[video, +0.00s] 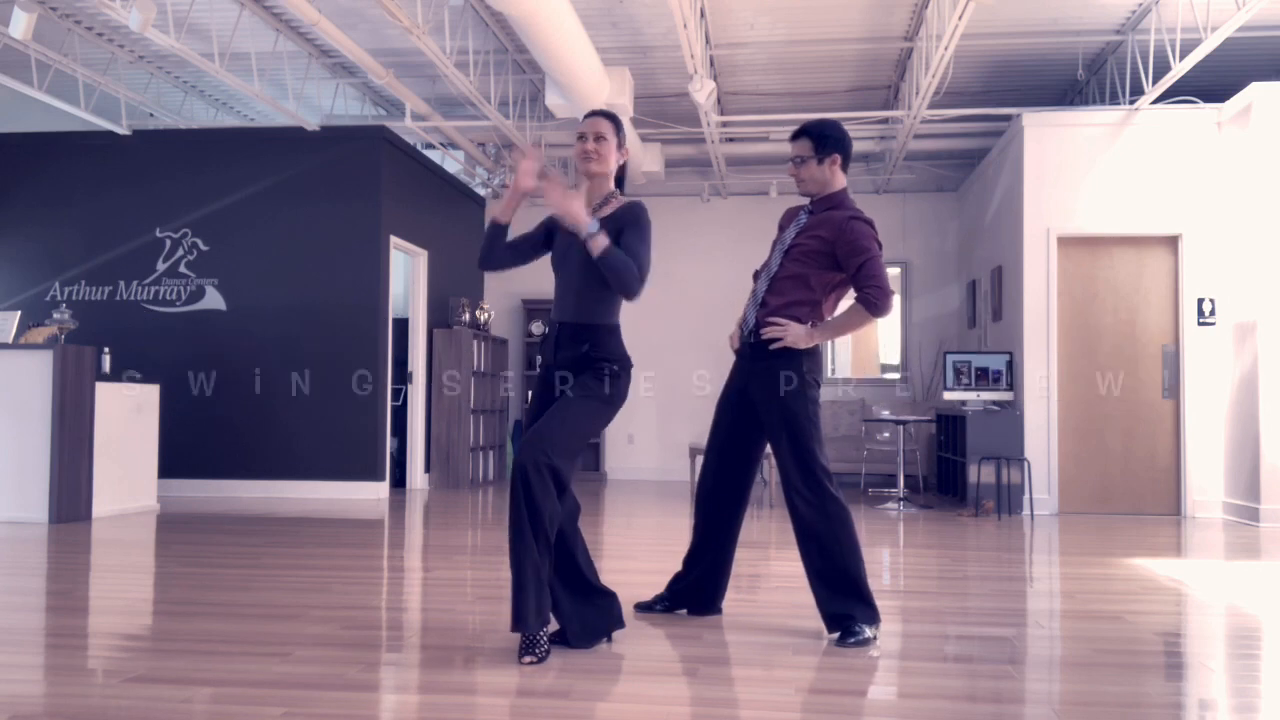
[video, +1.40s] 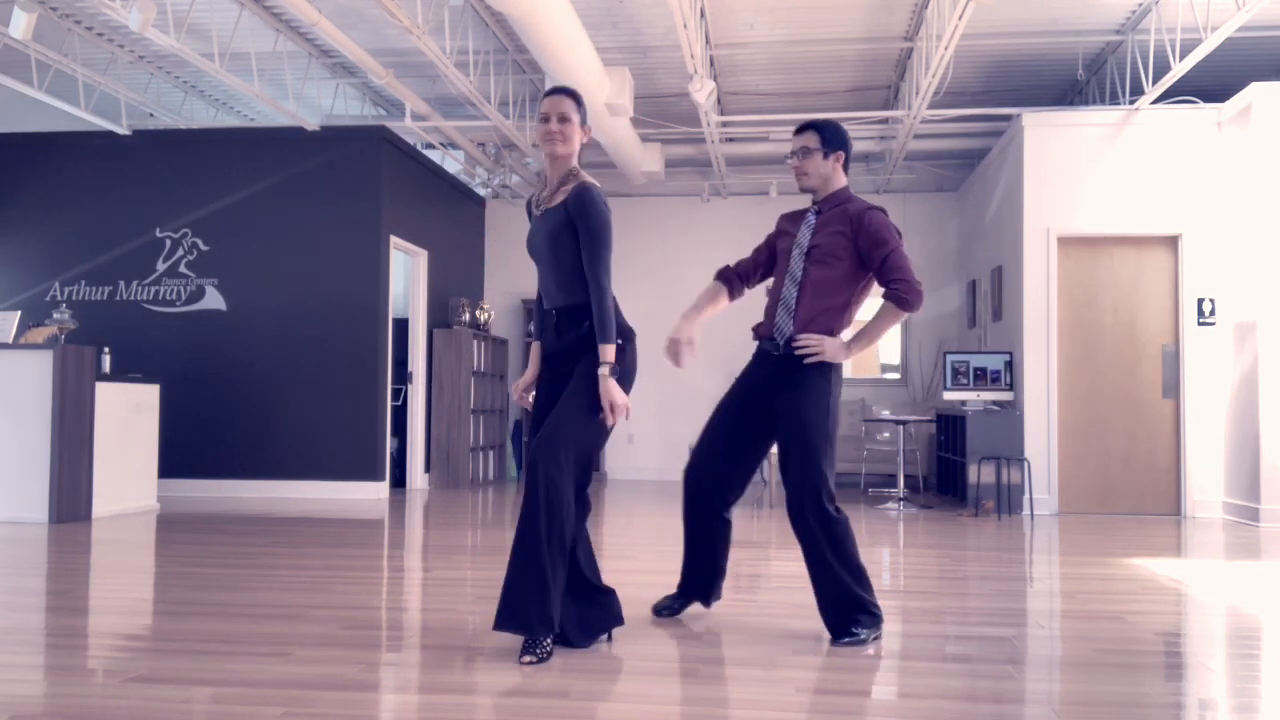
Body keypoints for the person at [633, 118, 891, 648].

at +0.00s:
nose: (792, 169)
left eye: (801, 161)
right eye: (791, 161)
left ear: (833, 163)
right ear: (812, 164)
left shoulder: (850, 224)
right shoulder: (797, 217)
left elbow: (877, 301)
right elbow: (770, 278)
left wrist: (816, 334)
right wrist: (743, 324)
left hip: (787, 365)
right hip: (750, 360)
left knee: (810, 489)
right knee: (721, 480)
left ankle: (854, 617)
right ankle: (697, 592)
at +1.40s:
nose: (793, 163)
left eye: (804, 154)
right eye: (792, 155)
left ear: (837, 159)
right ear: (807, 163)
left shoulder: (865, 218)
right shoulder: (791, 224)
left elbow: (906, 294)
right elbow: (740, 276)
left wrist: (848, 347)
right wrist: (690, 319)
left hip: (811, 370)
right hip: (764, 364)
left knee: (808, 493)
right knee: (706, 473)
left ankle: (857, 617)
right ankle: (699, 584)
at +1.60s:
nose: (797, 149)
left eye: (807, 141)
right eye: (789, 142)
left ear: (829, 152)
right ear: (780, 151)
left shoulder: (838, 208)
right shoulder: (765, 212)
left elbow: (885, 279)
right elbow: (700, 250)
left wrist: (831, 336)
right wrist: (630, 271)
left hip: (794, 363)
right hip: (745, 360)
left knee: (815, 490)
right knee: (694, 487)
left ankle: (856, 618)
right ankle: (688, 602)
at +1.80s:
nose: (785, 145)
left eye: (796, 137)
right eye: (776, 135)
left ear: (810, 148)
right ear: (762, 142)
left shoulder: (813, 206)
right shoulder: (730, 191)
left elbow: (859, 284)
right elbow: (656, 216)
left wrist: (794, 316)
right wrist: (587, 231)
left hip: (762, 356)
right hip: (709, 351)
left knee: (783, 473)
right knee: (684, 480)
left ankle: (833, 592)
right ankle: (691, 604)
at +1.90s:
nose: (778, 151)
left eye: (789, 143)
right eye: (768, 141)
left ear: (803, 152)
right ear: (754, 147)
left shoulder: (811, 218)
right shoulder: (723, 195)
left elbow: (851, 297)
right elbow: (651, 218)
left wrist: (786, 336)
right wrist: (597, 225)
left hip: (748, 355)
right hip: (695, 348)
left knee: (748, 459)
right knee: (676, 472)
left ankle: (775, 550)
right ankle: (688, 600)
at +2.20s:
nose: (756, 184)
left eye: (765, 174)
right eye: (746, 174)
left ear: (779, 180)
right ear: (731, 178)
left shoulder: (790, 240)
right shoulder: (707, 230)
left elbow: (832, 321)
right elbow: (641, 262)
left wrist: (792, 386)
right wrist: (564, 271)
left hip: (760, 386)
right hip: (707, 376)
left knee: (753, 481)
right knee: (663, 484)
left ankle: (730, 573)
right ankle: (682, 600)